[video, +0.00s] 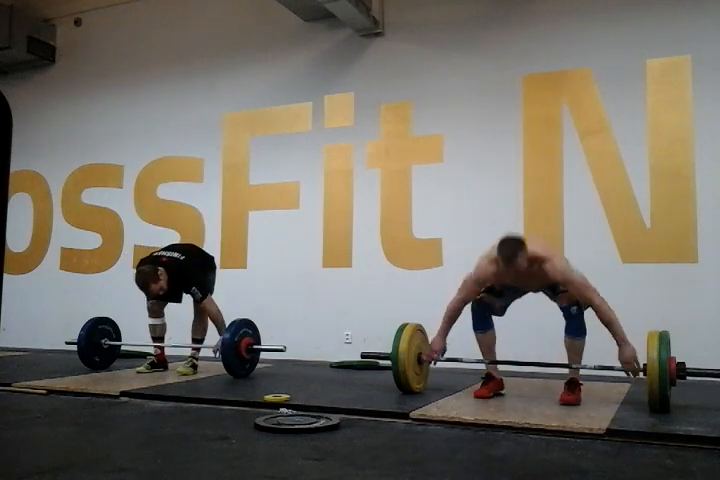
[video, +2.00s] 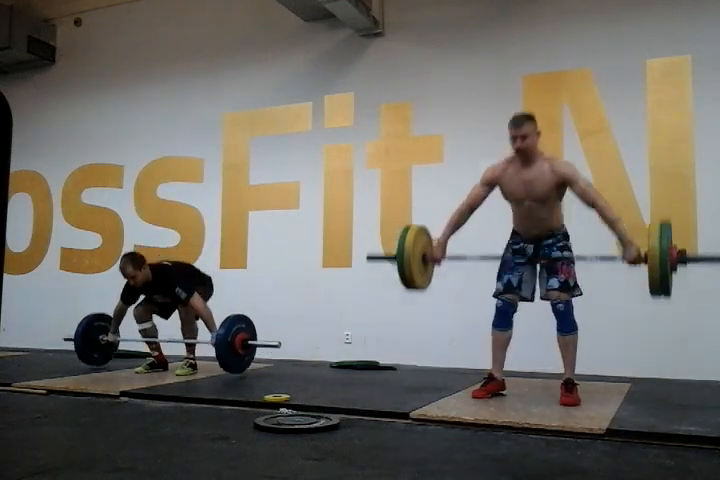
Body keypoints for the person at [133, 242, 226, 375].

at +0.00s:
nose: (161, 294)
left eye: (161, 289)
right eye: (157, 293)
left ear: (161, 274)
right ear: (146, 287)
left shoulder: (185, 275)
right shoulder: (144, 269)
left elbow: (211, 307)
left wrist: (224, 337)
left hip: (203, 263)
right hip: (174, 257)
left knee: (200, 309)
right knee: (154, 307)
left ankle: (193, 359)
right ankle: (159, 358)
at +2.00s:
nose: (131, 283)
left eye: (133, 277)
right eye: (127, 279)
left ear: (143, 269)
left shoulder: (167, 276)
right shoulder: (134, 283)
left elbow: (199, 304)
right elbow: (121, 307)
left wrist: (214, 334)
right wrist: (113, 331)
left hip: (199, 285)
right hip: (171, 291)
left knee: (185, 310)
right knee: (140, 312)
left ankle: (190, 361)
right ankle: (158, 360)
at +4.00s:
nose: (157, 176)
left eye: (163, 174)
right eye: (156, 174)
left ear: (174, 182)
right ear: (155, 182)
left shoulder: (185, 208)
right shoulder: (147, 211)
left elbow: (205, 231)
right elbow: (131, 238)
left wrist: (217, 255)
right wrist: (116, 260)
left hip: (180, 272)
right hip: (156, 272)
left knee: (172, 314)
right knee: (139, 316)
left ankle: (188, 360)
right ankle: (159, 360)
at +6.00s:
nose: (139, 168)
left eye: (143, 164)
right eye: (137, 164)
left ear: (156, 164)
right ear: (135, 167)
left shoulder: (172, 182)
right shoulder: (135, 184)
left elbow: (200, 162)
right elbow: (118, 164)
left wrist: (219, 136)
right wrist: (111, 148)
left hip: (171, 257)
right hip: (145, 257)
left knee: (175, 306)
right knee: (136, 305)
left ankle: (182, 359)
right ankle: (128, 358)